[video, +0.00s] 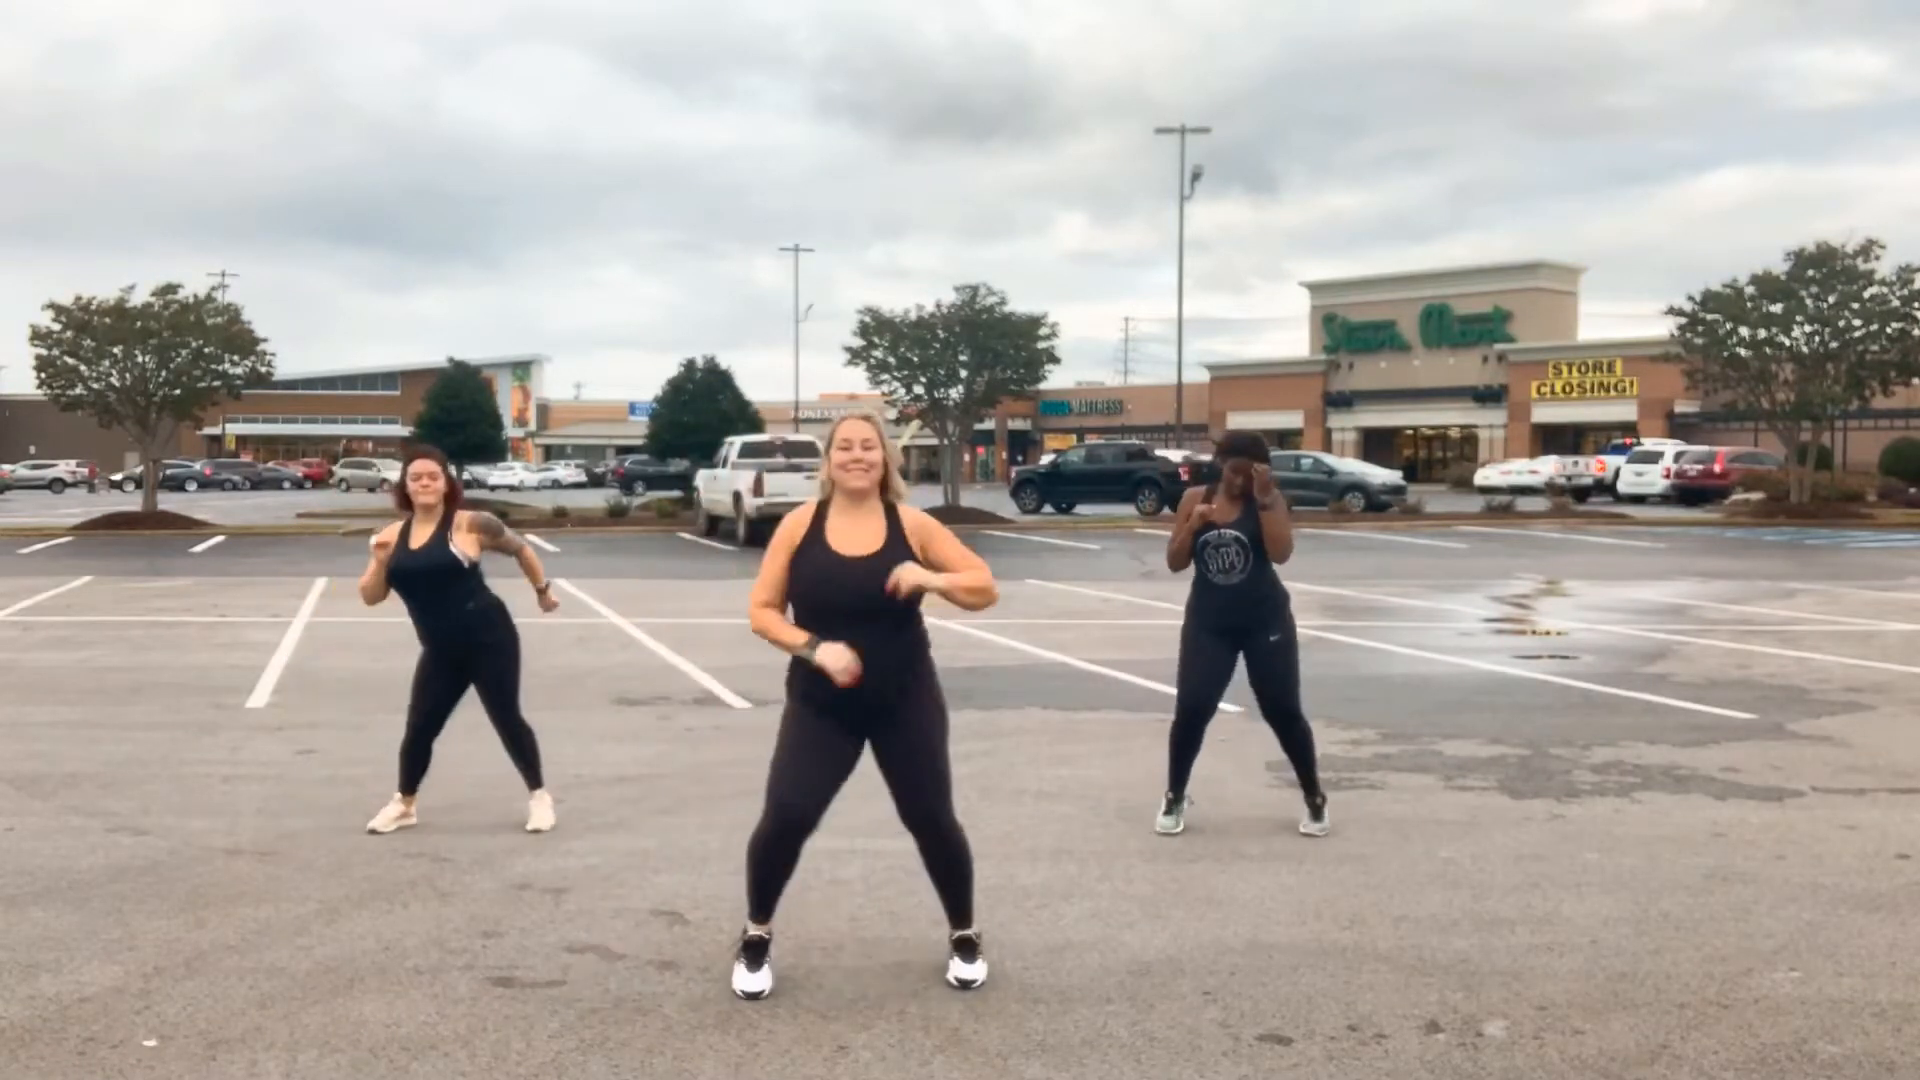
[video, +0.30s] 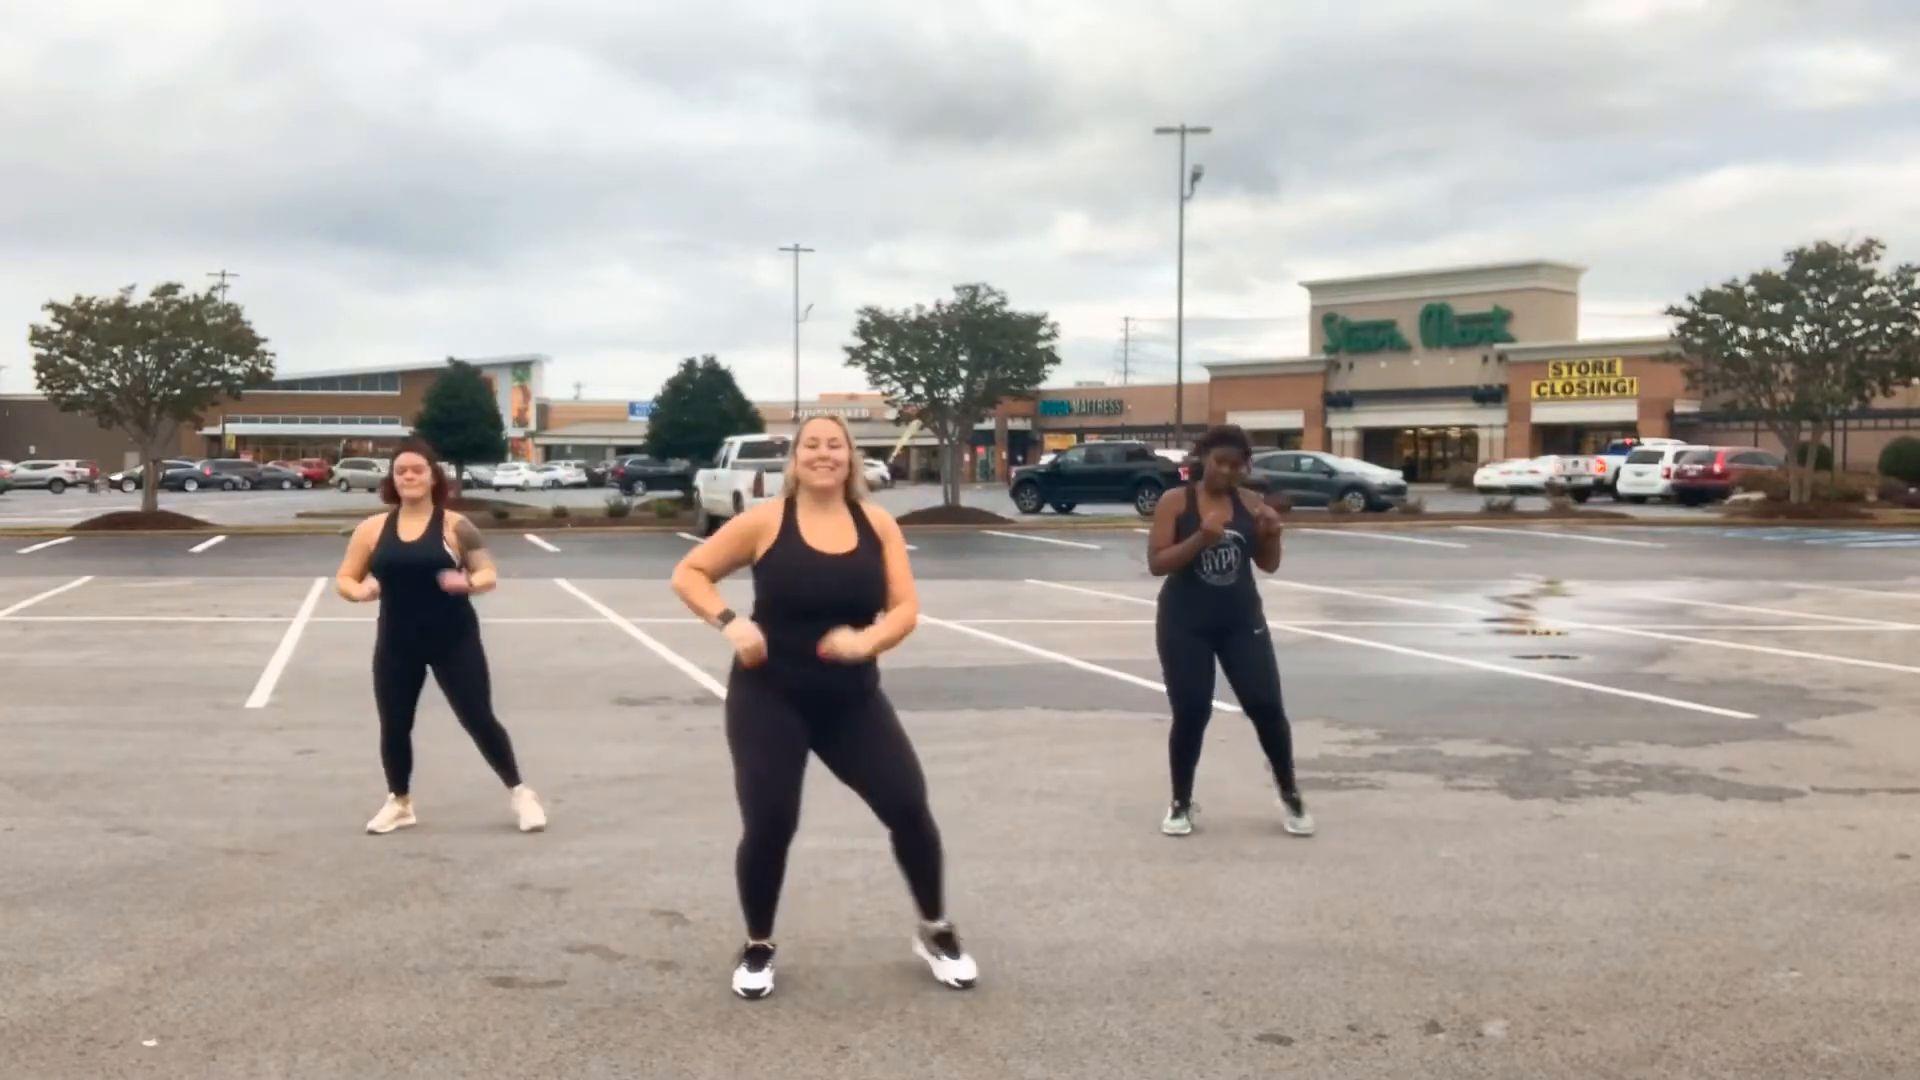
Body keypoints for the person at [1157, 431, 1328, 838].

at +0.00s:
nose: (1240, 479)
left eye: (1249, 473)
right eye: (1235, 470)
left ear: (1260, 474)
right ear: (1220, 465)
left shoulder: (1270, 501)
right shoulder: (1195, 498)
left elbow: (1281, 553)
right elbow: (1175, 562)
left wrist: (1265, 499)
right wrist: (1194, 525)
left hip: (1265, 620)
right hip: (1208, 620)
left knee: (1282, 712)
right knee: (1191, 710)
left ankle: (1314, 799)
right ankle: (1174, 798)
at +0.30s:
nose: (1228, 472)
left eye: (1236, 465)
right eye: (1221, 462)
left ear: (1244, 468)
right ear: (1203, 459)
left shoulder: (1250, 502)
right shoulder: (1175, 500)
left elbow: (1268, 564)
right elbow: (1157, 564)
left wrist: (1272, 534)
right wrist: (1200, 540)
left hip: (1241, 621)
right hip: (1185, 623)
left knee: (1268, 710)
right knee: (1191, 713)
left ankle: (1290, 794)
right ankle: (1181, 804)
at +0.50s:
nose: (1220, 462)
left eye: (1227, 455)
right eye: (1212, 454)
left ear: (1233, 461)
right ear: (1191, 458)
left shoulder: (1237, 500)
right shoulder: (1170, 501)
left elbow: (1248, 551)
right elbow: (1173, 560)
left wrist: (1269, 540)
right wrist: (1226, 526)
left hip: (1231, 617)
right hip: (1179, 618)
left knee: (1231, 711)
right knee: (1186, 710)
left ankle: (1218, 800)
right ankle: (1179, 803)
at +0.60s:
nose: (1221, 459)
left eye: (1226, 452)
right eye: (1212, 451)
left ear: (1234, 459)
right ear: (1192, 457)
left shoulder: (1244, 499)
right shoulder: (1172, 502)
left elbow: (1251, 554)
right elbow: (1170, 562)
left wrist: (1279, 553)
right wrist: (1224, 544)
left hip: (1229, 618)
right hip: (1176, 618)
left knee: (1223, 713)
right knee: (1182, 710)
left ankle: (1216, 803)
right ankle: (1178, 804)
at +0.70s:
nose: (1222, 459)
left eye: (1227, 452)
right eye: (1212, 453)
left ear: (1236, 459)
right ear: (1194, 462)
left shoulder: (1249, 504)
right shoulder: (1177, 502)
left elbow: (1258, 563)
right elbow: (1164, 565)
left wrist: (1284, 565)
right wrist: (1217, 565)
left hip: (1226, 623)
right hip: (1172, 620)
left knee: (1222, 715)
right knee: (1175, 707)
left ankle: (1215, 803)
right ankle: (1169, 799)